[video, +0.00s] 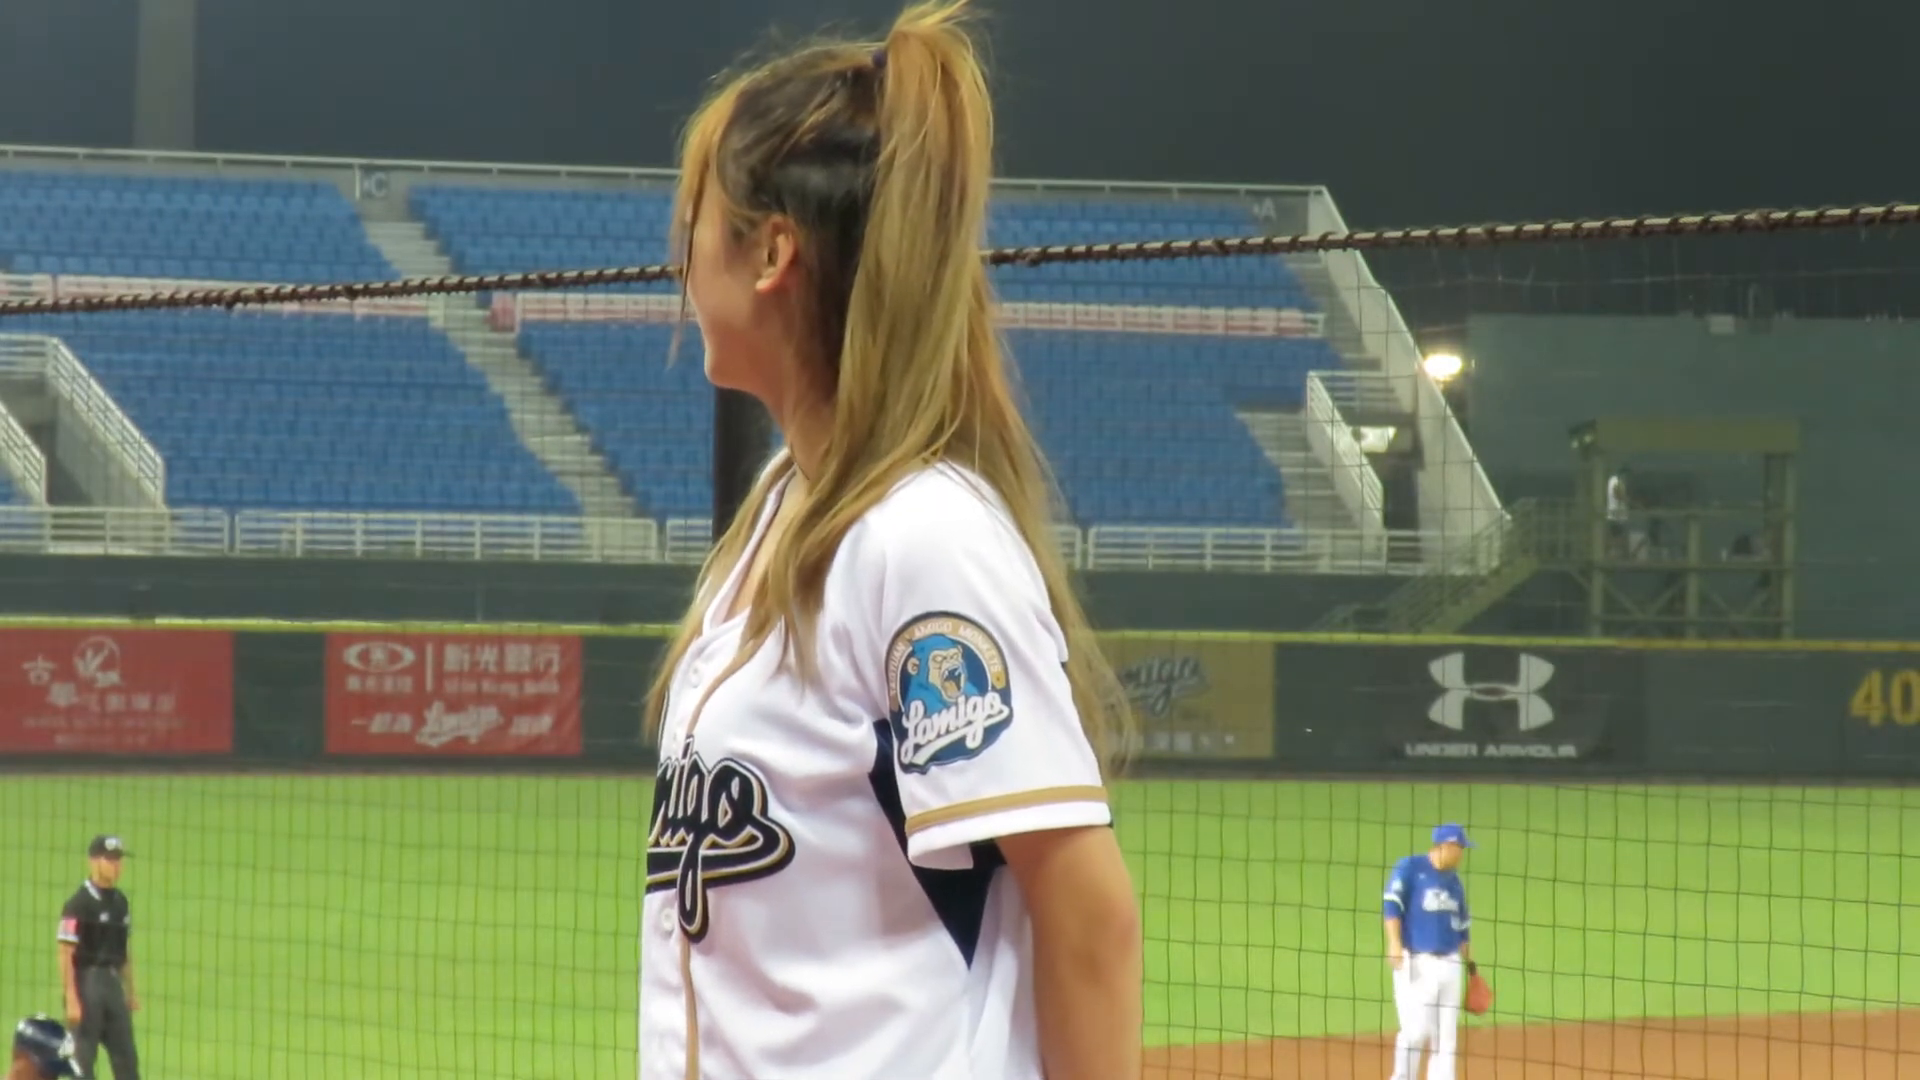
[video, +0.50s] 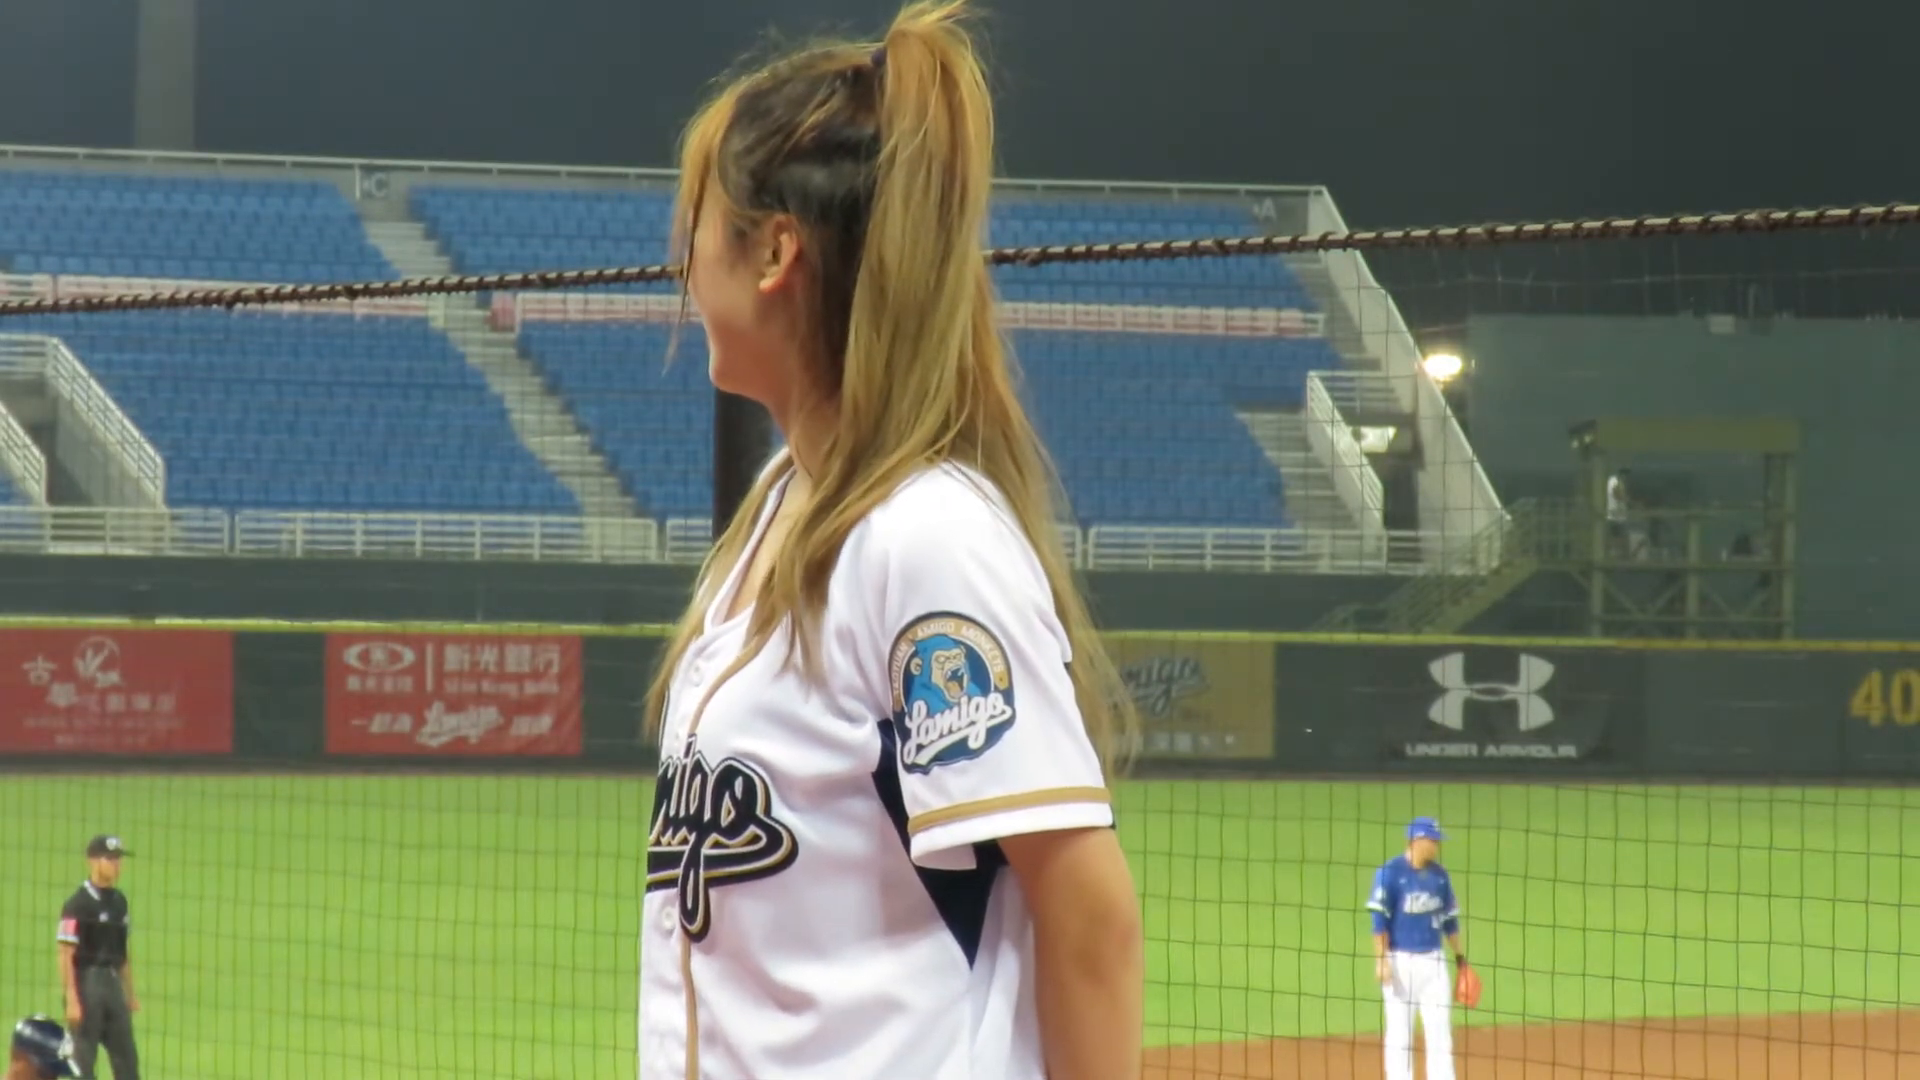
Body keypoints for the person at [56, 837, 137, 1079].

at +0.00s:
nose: (116, 866)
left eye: (118, 860)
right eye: (109, 860)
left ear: (121, 862)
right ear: (94, 861)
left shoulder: (119, 901)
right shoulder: (78, 903)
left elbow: (122, 952)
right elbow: (65, 954)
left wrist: (129, 990)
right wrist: (71, 999)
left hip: (113, 973)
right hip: (87, 973)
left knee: (125, 1054)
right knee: (84, 1053)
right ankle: (81, 1074)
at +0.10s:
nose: (116, 866)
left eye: (118, 860)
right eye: (109, 860)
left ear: (120, 862)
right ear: (94, 861)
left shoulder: (119, 901)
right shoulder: (78, 903)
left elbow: (122, 952)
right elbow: (65, 954)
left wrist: (129, 990)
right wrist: (71, 999)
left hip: (113, 973)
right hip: (87, 973)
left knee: (125, 1054)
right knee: (83, 1053)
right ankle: (81, 1074)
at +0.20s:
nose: (116, 866)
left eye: (118, 860)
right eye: (110, 859)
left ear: (120, 862)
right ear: (94, 861)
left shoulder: (119, 901)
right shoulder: (78, 903)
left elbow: (122, 952)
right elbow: (65, 954)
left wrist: (129, 990)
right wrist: (71, 999)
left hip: (113, 973)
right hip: (87, 973)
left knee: (125, 1055)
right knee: (83, 1054)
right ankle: (81, 1074)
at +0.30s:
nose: (116, 865)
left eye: (118, 859)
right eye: (110, 859)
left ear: (119, 862)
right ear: (94, 861)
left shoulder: (119, 901)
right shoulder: (77, 903)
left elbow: (122, 952)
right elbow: (65, 955)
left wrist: (129, 991)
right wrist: (71, 1000)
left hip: (113, 973)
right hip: (86, 973)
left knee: (125, 1053)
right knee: (84, 1052)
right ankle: (82, 1074)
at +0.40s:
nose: (116, 865)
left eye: (118, 859)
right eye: (110, 859)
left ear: (119, 862)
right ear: (94, 861)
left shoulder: (119, 901)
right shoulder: (77, 904)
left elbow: (121, 952)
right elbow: (65, 954)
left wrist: (129, 992)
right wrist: (72, 1000)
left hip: (113, 973)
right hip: (86, 972)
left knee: (125, 1051)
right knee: (84, 1052)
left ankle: (127, 1076)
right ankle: (82, 1074)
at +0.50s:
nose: (116, 866)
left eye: (117, 860)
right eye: (110, 859)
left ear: (118, 862)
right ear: (94, 861)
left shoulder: (118, 901)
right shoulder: (77, 904)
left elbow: (121, 952)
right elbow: (65, 954)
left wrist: (129, 992)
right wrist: (72, 1000)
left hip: (113, 973)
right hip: (87, 972)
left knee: (125, 1051)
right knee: (84, 1052)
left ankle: (127, 1076)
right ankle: (82, 1074)